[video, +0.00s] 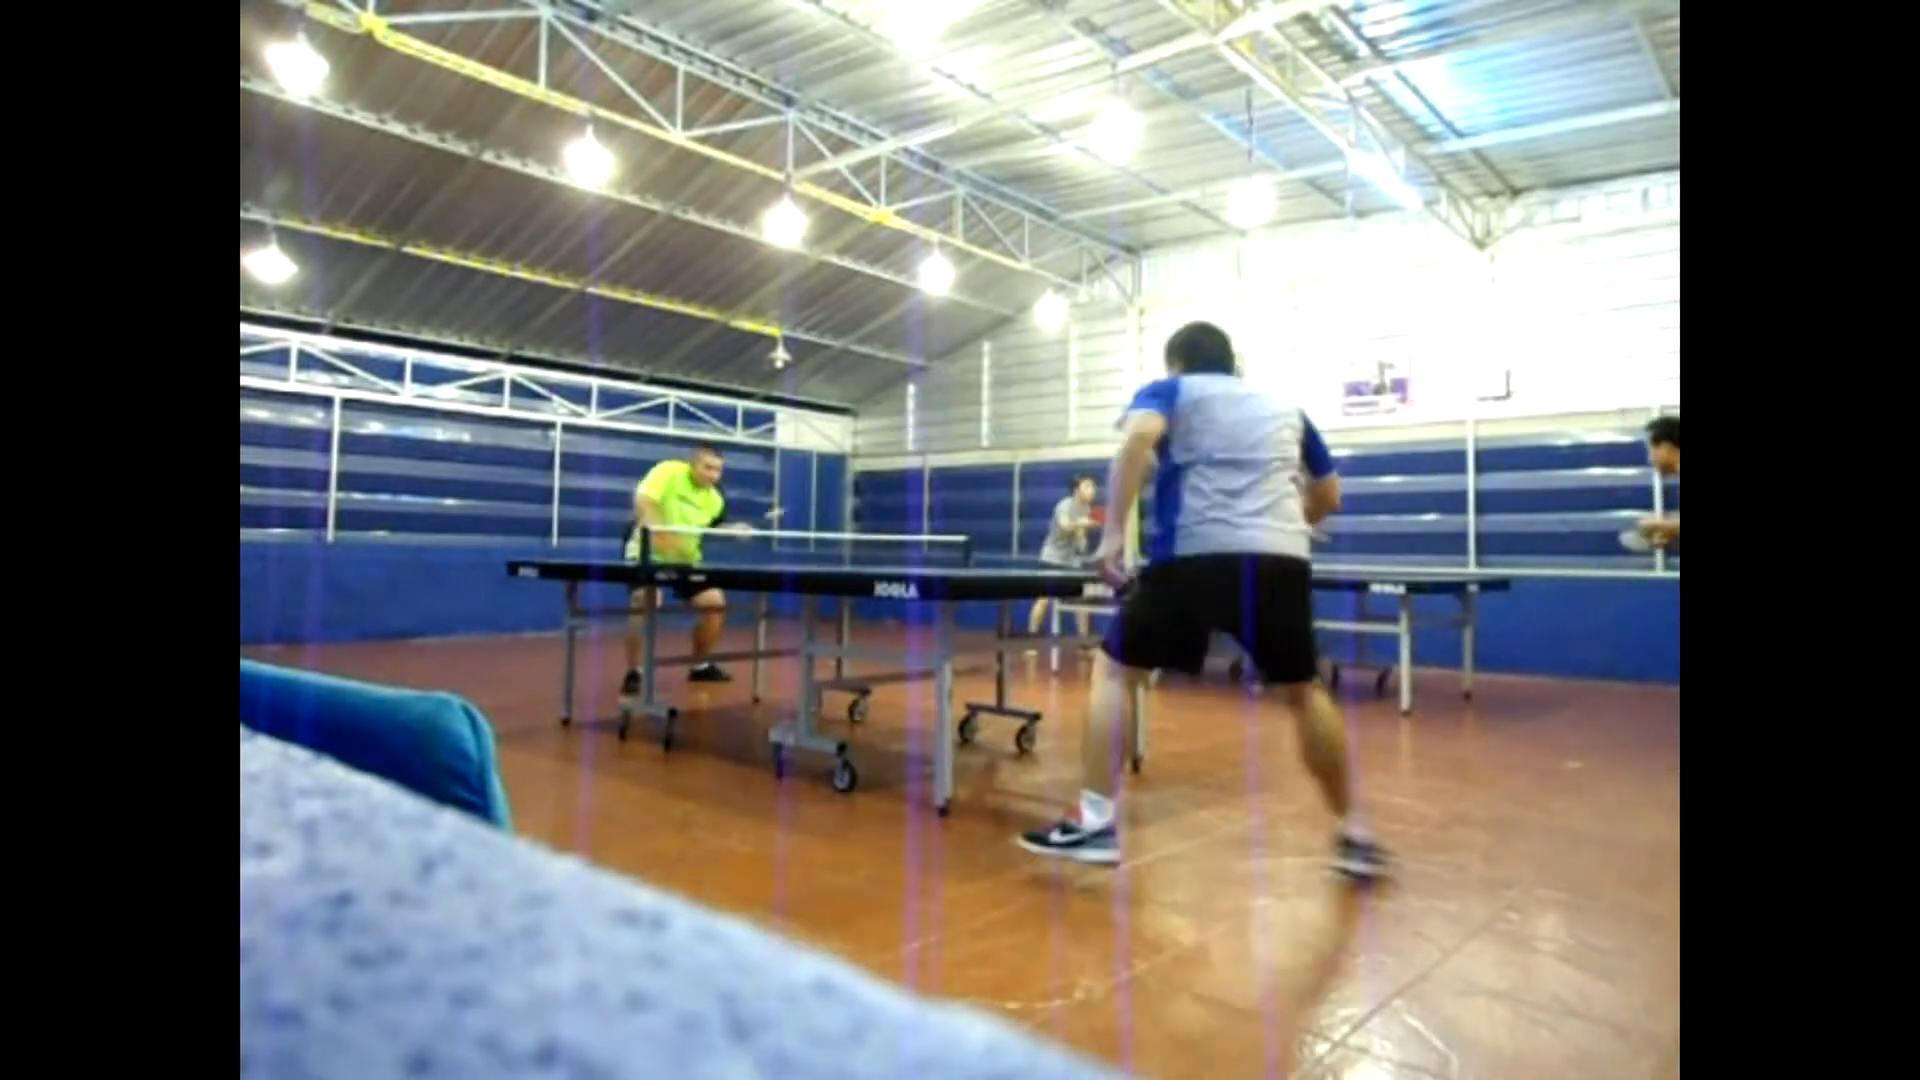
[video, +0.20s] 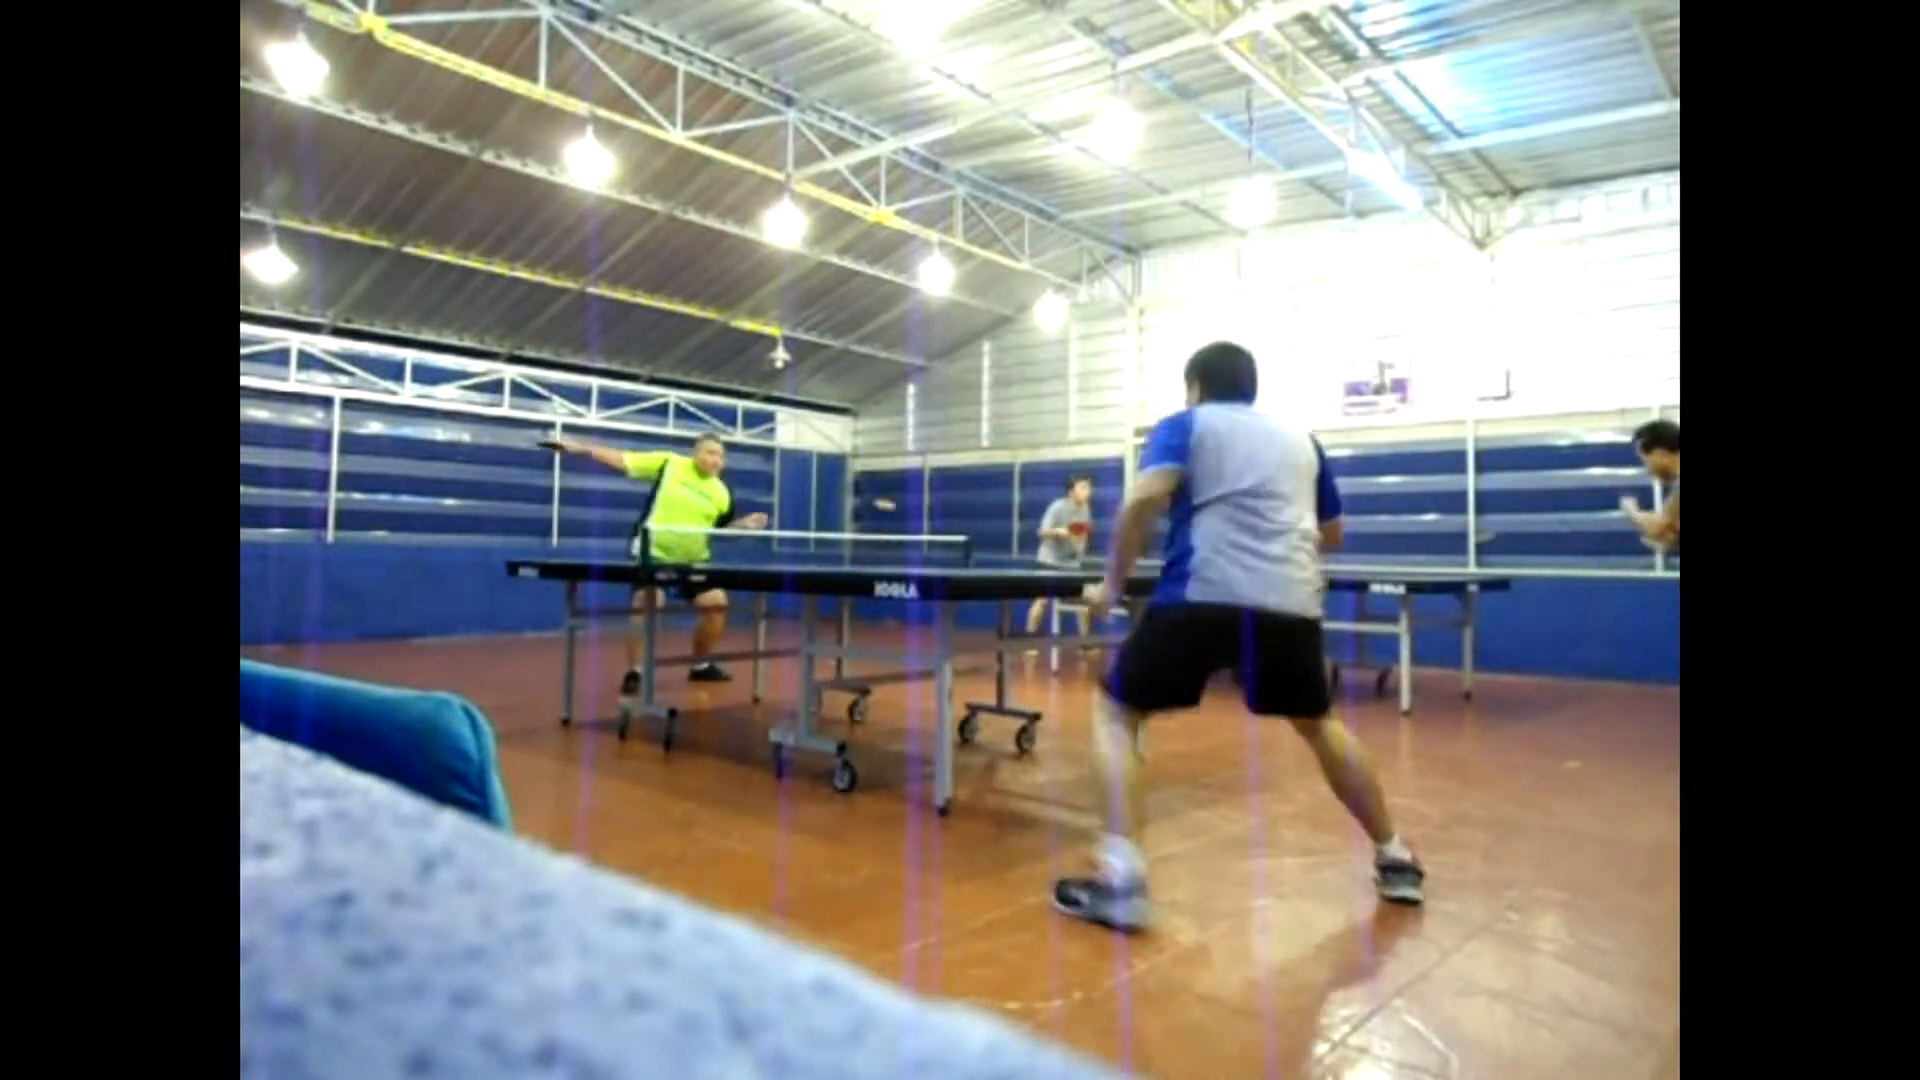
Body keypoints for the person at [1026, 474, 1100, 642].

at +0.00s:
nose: (1091, 491)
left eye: (1092, 487)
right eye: (1086, 486)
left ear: (1094, 490)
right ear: (1077, 489)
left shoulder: (1086, 510)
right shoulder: (1065, 505)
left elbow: (1081, 531)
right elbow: (1064, 525)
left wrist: (1082, 548)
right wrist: (1084, 524)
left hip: (1074, 560)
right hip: (1053, 559)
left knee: (1081, 602)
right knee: (1044, 598)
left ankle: (1084, 639)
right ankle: (1032, 635)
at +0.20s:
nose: (1086, 492)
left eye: (1088, 488)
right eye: (1082, 487)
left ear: (1089, 491)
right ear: (1072, 490)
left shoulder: (1085, 508)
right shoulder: (1059, 506)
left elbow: (1085, 529)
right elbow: (1043, 530)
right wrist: (1060, 532)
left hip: (1074, 560)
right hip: (1050, 560)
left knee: (1083, 601)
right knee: (1043, 598)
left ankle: (1085, 638)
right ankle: (1030, 634)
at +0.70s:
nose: (1084, 506)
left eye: (1086, 502)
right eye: (1080, 501)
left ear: (1087, 504)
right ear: (1070, 503)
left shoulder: (1079, 519)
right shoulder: (1055, 517)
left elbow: (1073, 544)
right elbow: (1049, 547)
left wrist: (1085, 551)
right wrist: (1078, 551)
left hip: (1065, 564)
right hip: (1042, 564)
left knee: (1077, 600)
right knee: (1041, 597)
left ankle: (1079, 639)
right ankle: (1029, 636)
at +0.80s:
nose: (1087, 502)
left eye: (1088, 498)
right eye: (1083, 498)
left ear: (1089, 501)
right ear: (1072, 499)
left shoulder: (1079, 516)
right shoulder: (1060, 515)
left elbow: (1074, 539)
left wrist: (1077, 551)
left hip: (1065, 562)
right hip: (1044, 563)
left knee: (1076, 600)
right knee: (1042, 598)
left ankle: (1079, 639)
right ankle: (1029, 635)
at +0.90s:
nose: (1089, 496)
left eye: (1090, 492)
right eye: (1085, 491)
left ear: (1091, 495)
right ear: (1075, 493)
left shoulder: (1081, 511)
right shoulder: (1063, 510)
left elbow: (1078, 535)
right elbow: (1074, 530)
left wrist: (1080, 556)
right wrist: (1096, 527)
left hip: (1069, 561)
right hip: (1049, 561)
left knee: (1077, 601)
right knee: (1042, 598)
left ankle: (1079, 638)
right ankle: (1030, 635)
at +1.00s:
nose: (1089, 492)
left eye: (1091, 488)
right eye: (1085, 487)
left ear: (1091, 492)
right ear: (1076, 489)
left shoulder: (1082, 509)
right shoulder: (1064, 505)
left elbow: (1079, 529)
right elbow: (1069, 526)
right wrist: (1091, 522)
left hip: (1072, 560)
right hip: (1051, 559)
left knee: (1077, 600)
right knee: (1042, 596)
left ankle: (1079, 638)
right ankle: (1029, 633)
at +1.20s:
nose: (1086, 491)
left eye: (1088, 487)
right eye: (1082, 486)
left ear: (1089, 491)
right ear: (1072, 488)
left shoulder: (1083, 509)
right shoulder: (1057, 506)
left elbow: (1083, 529)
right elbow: (1049, 530)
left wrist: (1080, 533)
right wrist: (1068, 531)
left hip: (1071, 560)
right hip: (1049, 558)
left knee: (1076, 600)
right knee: (1041, 597)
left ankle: (1079, 638)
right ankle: (1028, 634)